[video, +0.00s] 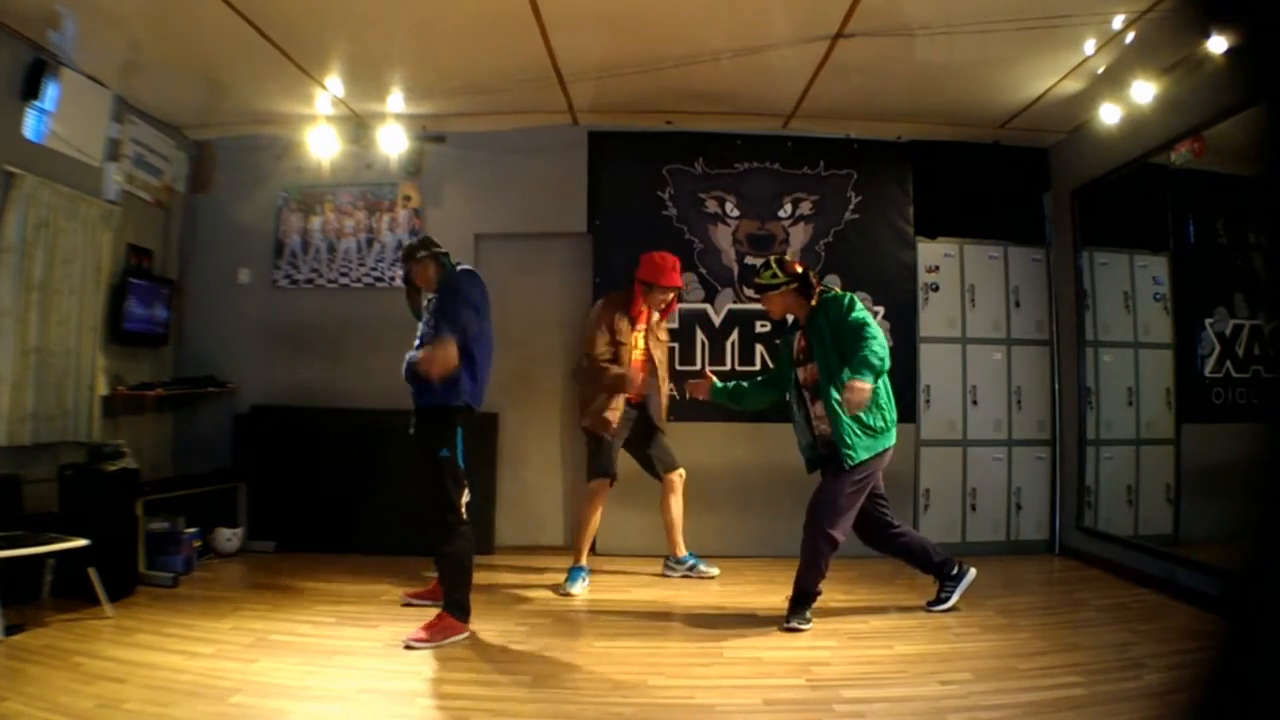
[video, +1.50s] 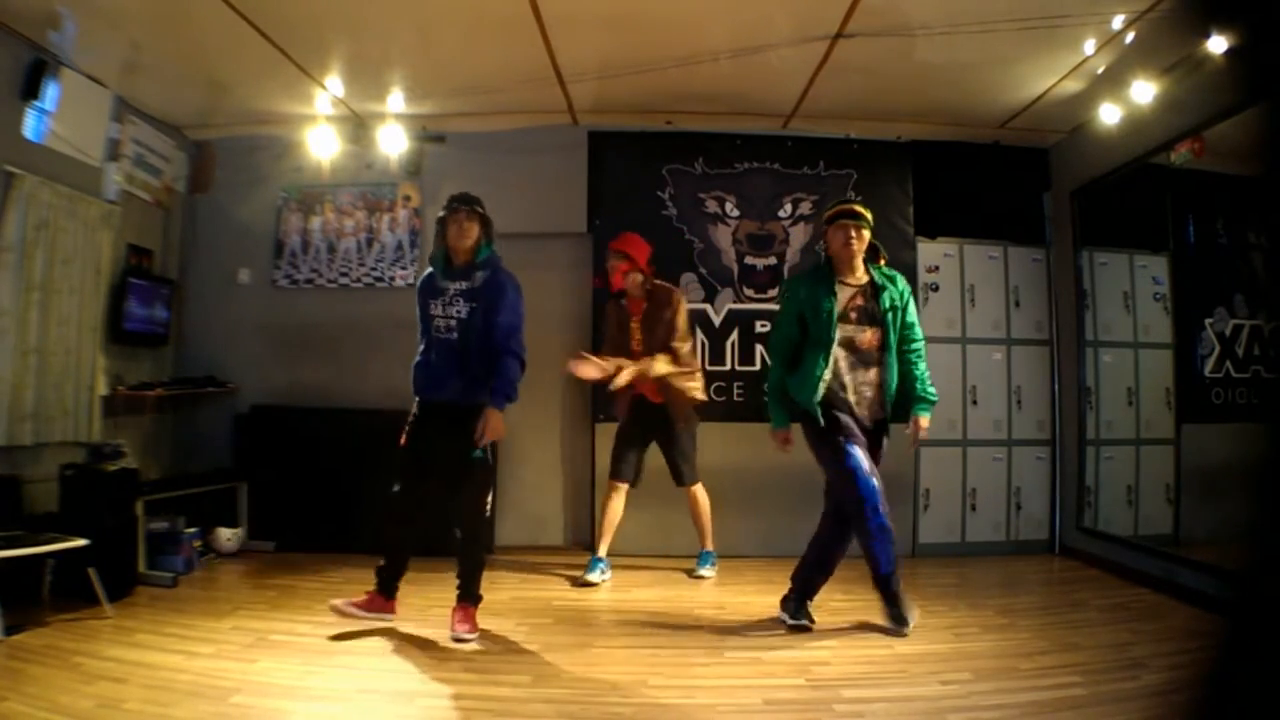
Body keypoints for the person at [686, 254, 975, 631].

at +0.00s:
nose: (763, 305)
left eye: (766, 297)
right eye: (761, 298)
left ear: (789, 290)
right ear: (784, 294)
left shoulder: (839, 306)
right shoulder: (793, 337)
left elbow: (873, 342)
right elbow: (774, 389)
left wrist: (861, 377)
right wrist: (717, 389)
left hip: (866, 439)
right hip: (837, 446)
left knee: (824, 515)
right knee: (876, 527)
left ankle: (801, 604)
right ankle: (950, 571)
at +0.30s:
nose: (764, 309)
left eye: (766, 301)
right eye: (762, 303)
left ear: (786, 293)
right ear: (782, 295)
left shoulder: (840, 306)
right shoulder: (788, 328)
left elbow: (880, 345)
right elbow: (781, 379)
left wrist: (903, 398)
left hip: (864, 433)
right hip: (840, 437)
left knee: (815, 515)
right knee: (877, 524)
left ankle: (800, 603)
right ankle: (952, 572)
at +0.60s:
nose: (773, 288)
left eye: (780, 281)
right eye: (770, 280)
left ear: (804, 276)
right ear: (769, 278)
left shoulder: (853, 301)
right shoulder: (768, 310)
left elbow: (893, 351)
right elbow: (761, 357)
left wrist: (910, 409)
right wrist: (818, 338)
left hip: (848, 428)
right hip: (801, 433)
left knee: (821, 514)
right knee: (816, 516)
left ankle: (802, 601)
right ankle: (879, 549)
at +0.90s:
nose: (819, 277)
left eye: (828, 269)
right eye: (811, 268)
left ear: (843, 270)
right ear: (799, 268)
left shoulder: (868, 309)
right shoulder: (779, 309)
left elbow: (885, 370)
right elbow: (765, 379)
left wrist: (894, 424)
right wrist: (767, 444)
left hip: (844, 440)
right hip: (789, 436)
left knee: (830, 529)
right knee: (740, 510)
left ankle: (799, 601)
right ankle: (686, 558)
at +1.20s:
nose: (839, 264)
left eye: (847, 256)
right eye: (831, 255)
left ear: (859, 261)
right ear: (818, 258)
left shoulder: (875, 308)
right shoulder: (789, 298)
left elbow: (886, 370)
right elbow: (757, 359)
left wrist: (892, 422)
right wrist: (733, 419)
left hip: (850, 429)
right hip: (797, 426)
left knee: (838, 519)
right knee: (799, 510)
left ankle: (806, 591)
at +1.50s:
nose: (850, 235)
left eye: (858, 229)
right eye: (841, 229)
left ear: (868, 237)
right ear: (826, 237)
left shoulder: (893, 286)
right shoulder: (803, 286)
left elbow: (912, 345)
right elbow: (781, 350)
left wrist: (921, 400)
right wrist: (779, 414)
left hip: (871, 414)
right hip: (822, 407)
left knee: (843, 509)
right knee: (866, 488)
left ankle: (797, 597)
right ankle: (892, 594)